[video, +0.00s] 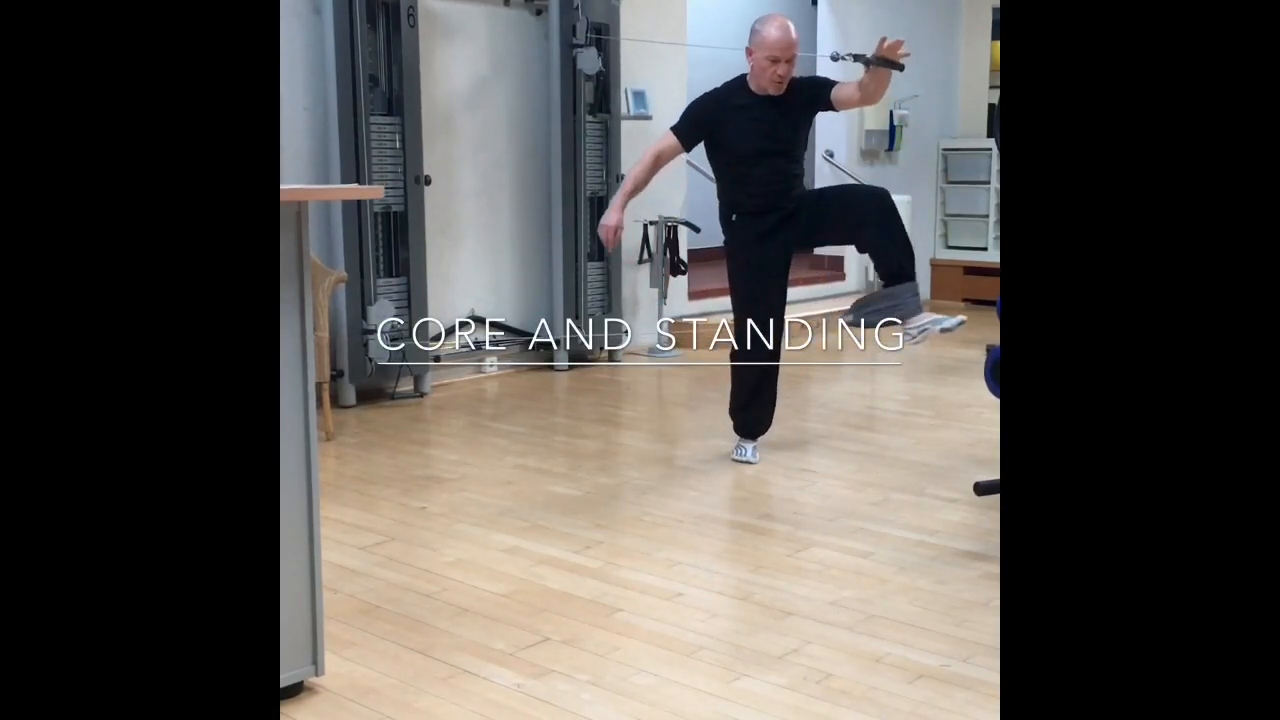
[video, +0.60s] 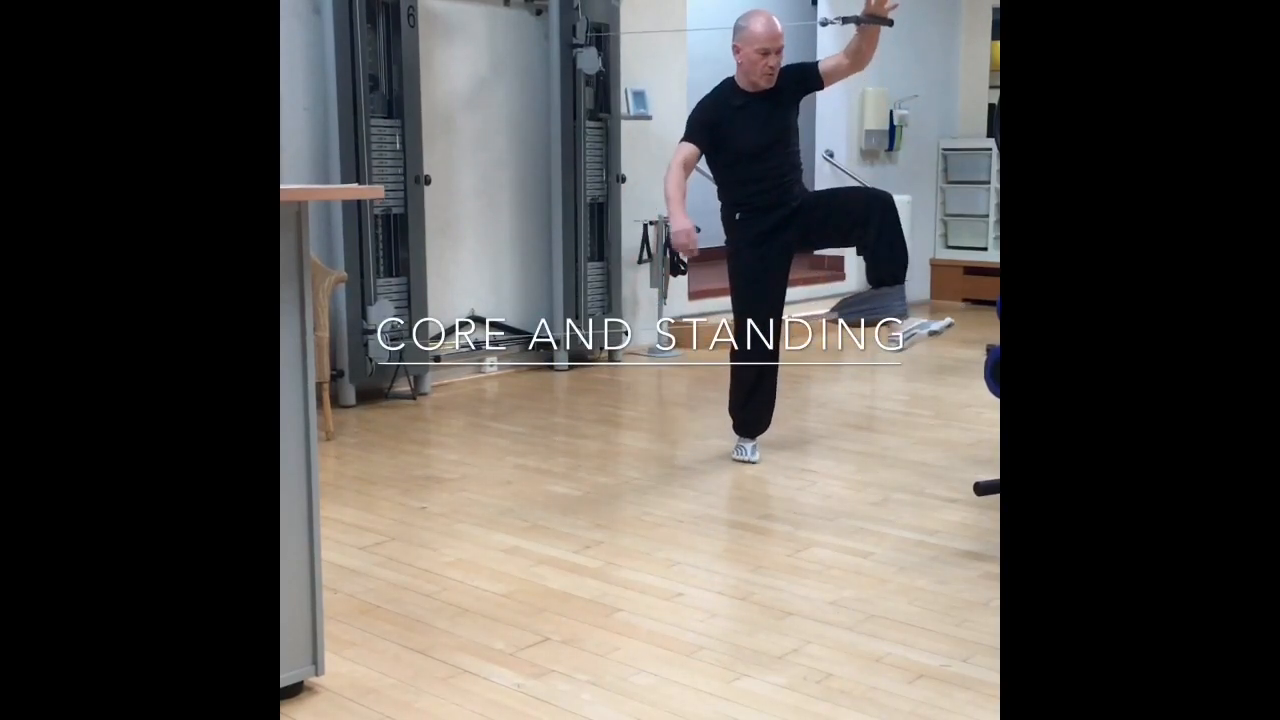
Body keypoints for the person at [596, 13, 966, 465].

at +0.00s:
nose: (784, 71)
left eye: (791, 60)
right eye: (775, 61)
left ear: (797, 56)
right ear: (750, 54)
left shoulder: (804, 92)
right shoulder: (715, 106)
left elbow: (864, 94)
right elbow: (658, 155)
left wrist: (882, 65)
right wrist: (617, 205)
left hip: (800, 213)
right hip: (750, 230)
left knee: (873, 203)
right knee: (757, 331)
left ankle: (911, 314)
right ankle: (747, 436)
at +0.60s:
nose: (775, 62)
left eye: (779, 53)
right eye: (766, 53)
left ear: (782, 50)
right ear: (737, 51)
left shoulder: (790, 82)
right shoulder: (713, 108)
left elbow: (853, 60)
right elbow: (678, 167)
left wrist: (873, 19)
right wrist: (679, 219)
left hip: (801, 213)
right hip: (752, 233)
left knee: (876, 206)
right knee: (756, 333)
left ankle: (892, 318)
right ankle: (747, 433)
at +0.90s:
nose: (794, 64)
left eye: (796, 56)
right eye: (786, 57)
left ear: (791, 51)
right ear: (754, 53)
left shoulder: (790, 81)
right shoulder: (726, 103)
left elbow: (846, 59)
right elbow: (702, 169)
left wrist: (879, 30)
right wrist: (736, 214)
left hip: (792, 214)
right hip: (749, 229)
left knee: (876, 216)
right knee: (755, 331)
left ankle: (860, 319)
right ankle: (745, 434)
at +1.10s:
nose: (807, 65)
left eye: (807, 56)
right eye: (800, 57)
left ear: (771, 55)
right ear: (767, 55)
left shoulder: (783, 85)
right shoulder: (736, 106)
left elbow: (827, 65)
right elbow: (734, 172)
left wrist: (865, 38)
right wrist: (778, 216)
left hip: (789, 211)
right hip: (749, 225)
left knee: (877, 217)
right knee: (760, 329)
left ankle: (852, 313)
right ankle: (745, 433)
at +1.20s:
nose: (810, 63)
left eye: (810, 56)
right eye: (804, 56)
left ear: (779, 53)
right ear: (774, 53)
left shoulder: (774, 84)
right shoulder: (746, 104)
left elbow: (814, 62)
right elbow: (755, 169)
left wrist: (852, 40)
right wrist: (805, 214)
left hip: (787, 211)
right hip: (751, 225)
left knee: (876, 217)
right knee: (762, 329)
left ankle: (845, 306)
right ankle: (746, 434)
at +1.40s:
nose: (816, 65)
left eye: (818, 57)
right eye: (813, 56)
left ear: (785, 50)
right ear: (788, 50)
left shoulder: (757, 81)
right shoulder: (760, 98)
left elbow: (796, 54)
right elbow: (802, 160)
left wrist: (825, 38)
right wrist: (866, 197)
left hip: (786, 214)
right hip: (757, 227)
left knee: (867, 221)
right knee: (766, 330)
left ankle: (829, 310)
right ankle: (747, 435)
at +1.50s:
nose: (819, 62)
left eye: (822, 54)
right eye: (817, 54)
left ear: (781, 50)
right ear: (791, 50)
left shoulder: (748, 80)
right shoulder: (770, 101)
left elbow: (779, 60)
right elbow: (819, 153)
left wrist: (814, 38)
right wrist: (889, 185)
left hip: (787, 214)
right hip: (760, 228)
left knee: (863, 226)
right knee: (768, 332)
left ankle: (822, 310)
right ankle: (747, 435)